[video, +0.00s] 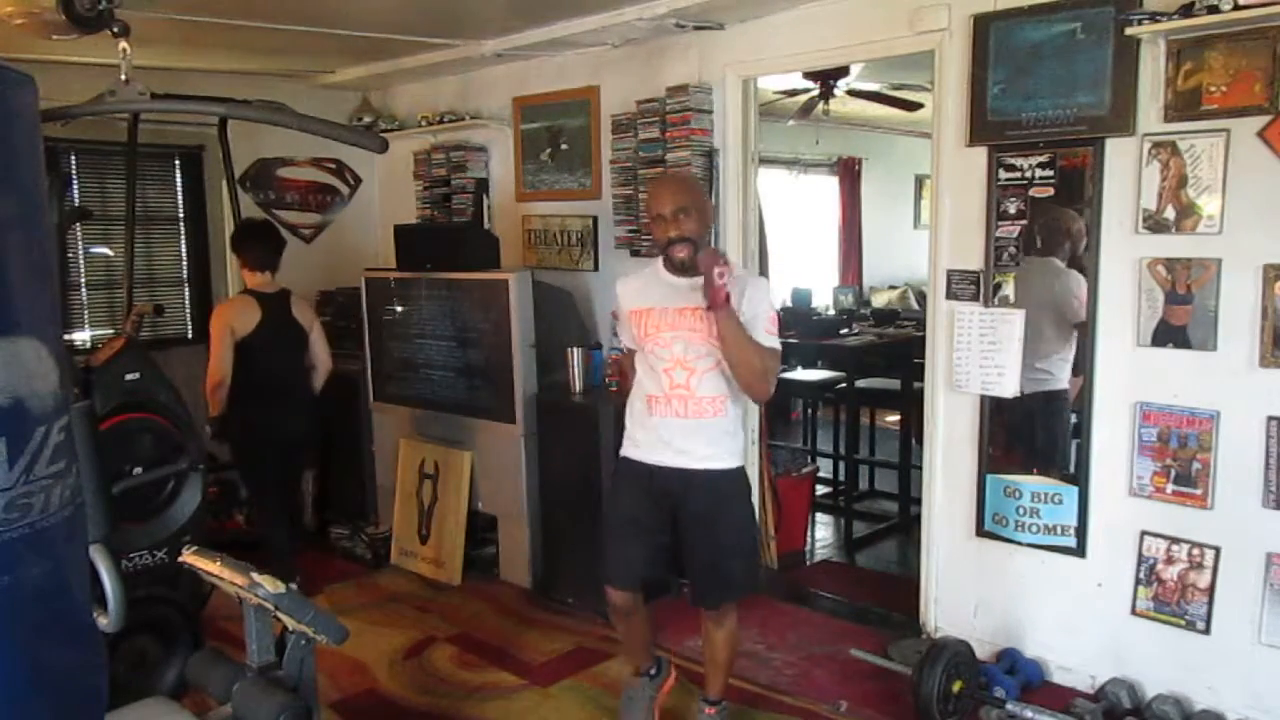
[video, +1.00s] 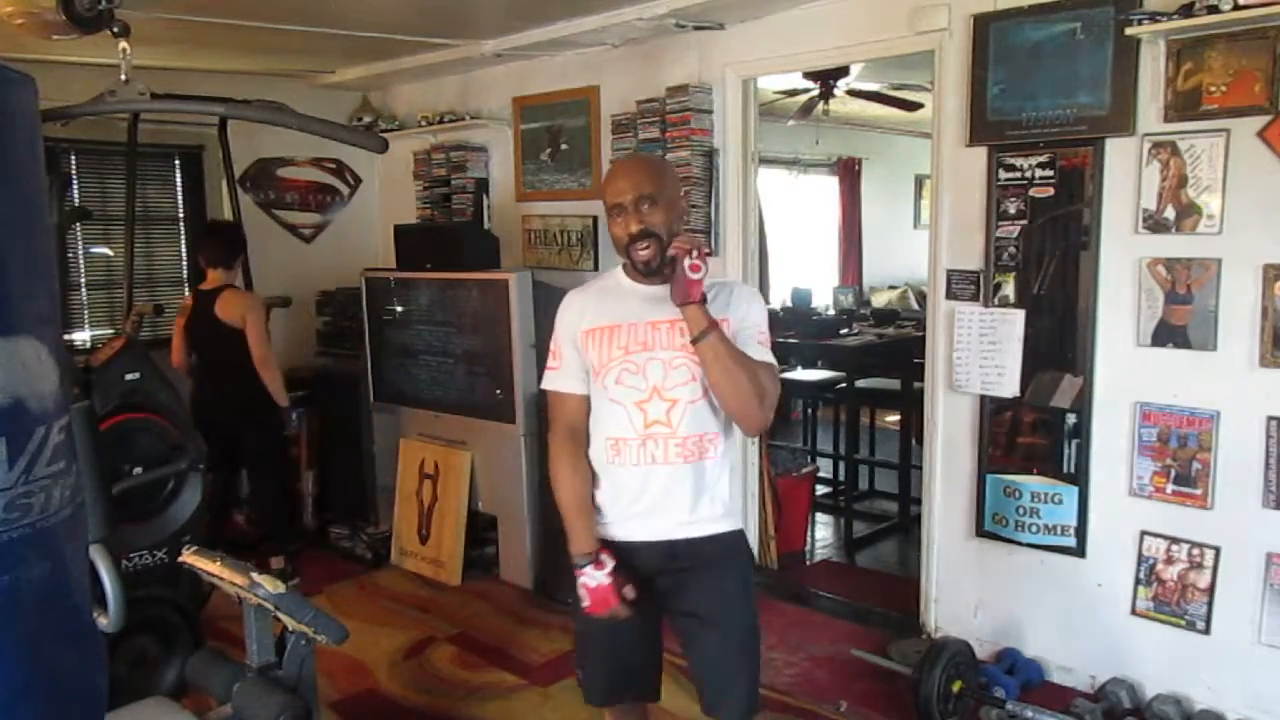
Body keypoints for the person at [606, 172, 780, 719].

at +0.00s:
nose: (671, 229)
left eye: (682, 214)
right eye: (658, 219)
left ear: (708, 215)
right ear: (646, 228)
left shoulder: (748, 290)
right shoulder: (631, 291)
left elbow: (762, 386)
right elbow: (629, 372)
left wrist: (721, 307)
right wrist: (622, 383)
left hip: (715, 472)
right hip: (641, 466)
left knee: (718, 602)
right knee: (621, 591)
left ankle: (712, 705)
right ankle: (650, 670)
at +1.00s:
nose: (633, 225)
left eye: (646, 204)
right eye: (617, 212)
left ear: (682, 206)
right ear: (607, 223)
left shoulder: (737, 300)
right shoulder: (580, 309)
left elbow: (756, 414)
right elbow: (566, 436)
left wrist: (692, 307)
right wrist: (586, 555)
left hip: (714, 548)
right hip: (615, 552)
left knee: (734, 708)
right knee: (622, 704)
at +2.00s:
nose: (636, 230)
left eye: (650, 208)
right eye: (634, 211)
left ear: (711, 210)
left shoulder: (783, 311)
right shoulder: (646, 317)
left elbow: (737, 444)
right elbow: (632, 439)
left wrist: (685, 316)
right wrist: (552, 530)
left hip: (729, 590)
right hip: (635, 578)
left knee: (733, 709)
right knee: (612, 709)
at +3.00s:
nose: (744, 215)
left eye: (757, 202)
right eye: (732, 203)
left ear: (781, 209)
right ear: (719, 214)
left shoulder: (827, 290)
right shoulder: (700, 291)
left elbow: (868, 390)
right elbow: (683, 389)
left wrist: (877, 487)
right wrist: (657, 474)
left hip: (793, 487)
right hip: (711, 482)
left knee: (794, 628)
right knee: (682, 614)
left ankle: (793, 716)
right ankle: (715, 685)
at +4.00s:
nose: (751, 219)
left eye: (764, 210)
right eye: (745, 210)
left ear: (791, 219)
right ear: (739, 217)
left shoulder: (826, 284)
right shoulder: (730, 279)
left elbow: (857, 378)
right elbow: (730, 351)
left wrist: (830, 458)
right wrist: (704, 417)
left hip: (809, 448)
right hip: (745, 444)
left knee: (817, 564)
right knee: (735, 554)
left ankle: (815, 674)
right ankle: (750, 662)